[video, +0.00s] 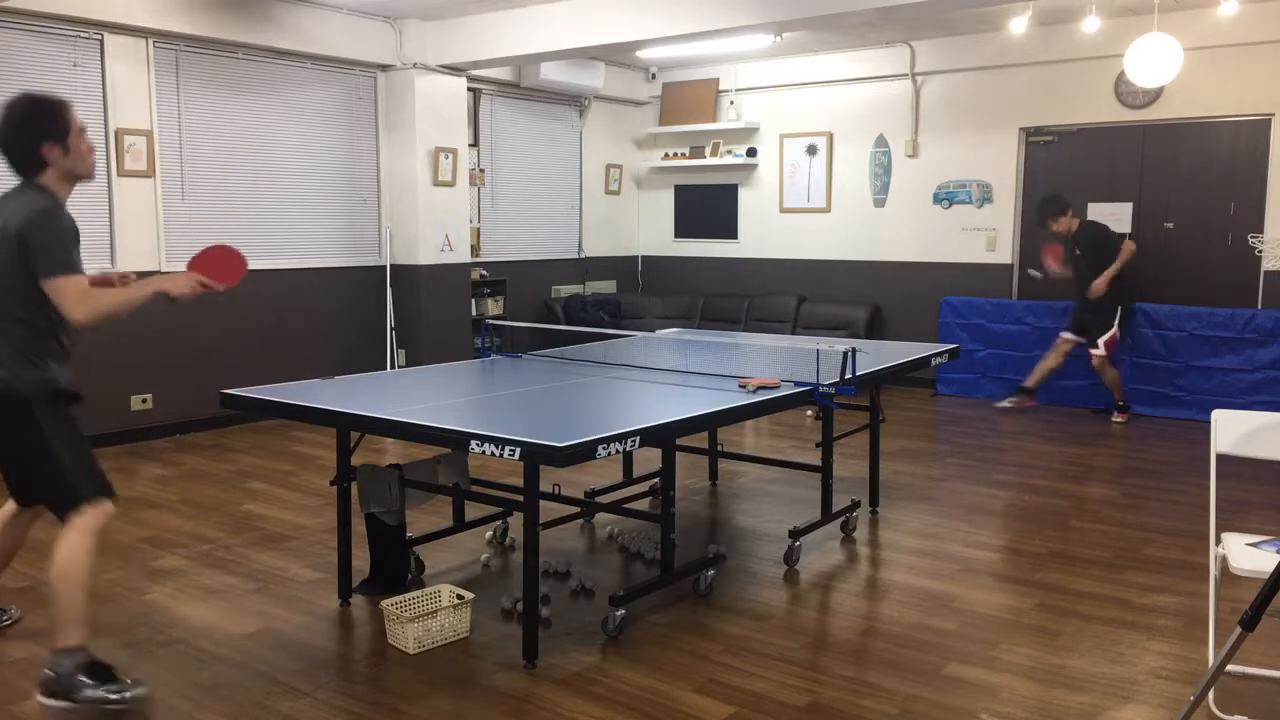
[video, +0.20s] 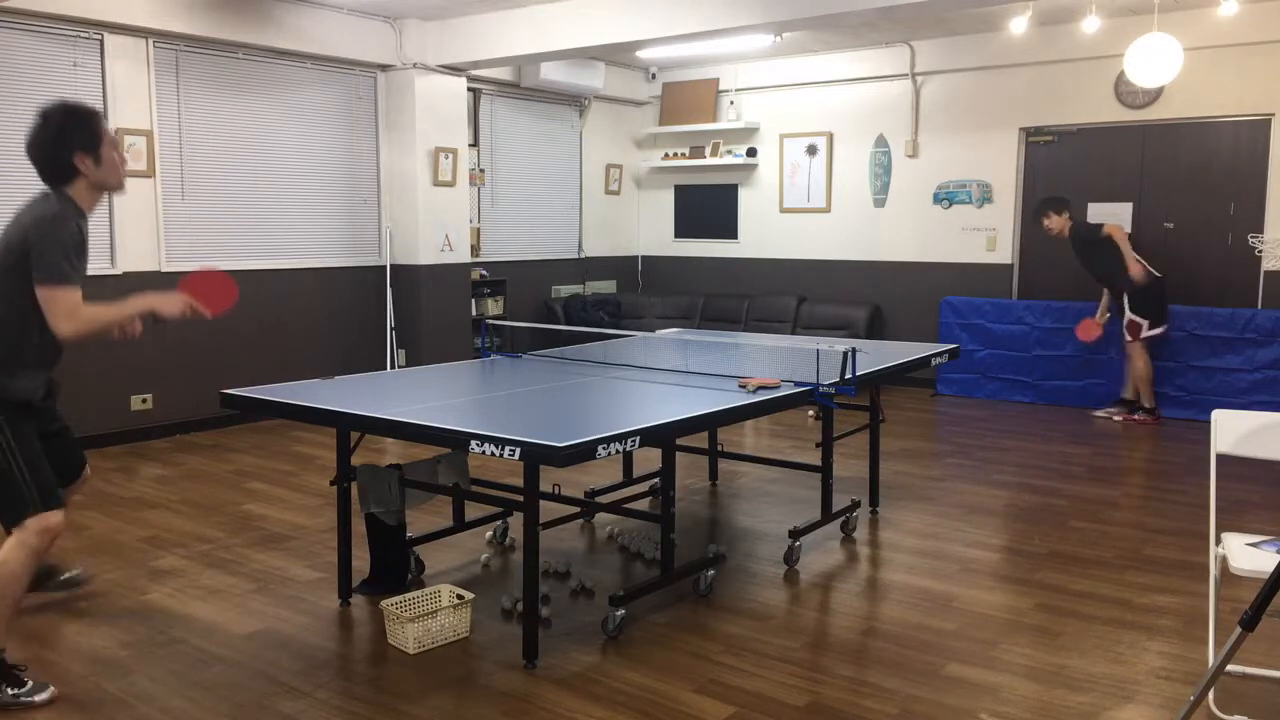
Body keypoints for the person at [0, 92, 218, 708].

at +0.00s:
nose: (92, 143)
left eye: (86, 132)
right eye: (81, 135)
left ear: (41, 153)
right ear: (52, 152)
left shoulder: (17, 208)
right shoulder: (45, 217)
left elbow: (32, 293)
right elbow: (79, 308)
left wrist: (98, 283)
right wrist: (160, 287)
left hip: (10, 388)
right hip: (30, 392)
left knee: (29, 500)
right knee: (90, 505)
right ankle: (69, 663)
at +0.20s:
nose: (123, 155)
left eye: (117, 144)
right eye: (112, 147)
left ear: (77, 163)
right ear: (83, 162)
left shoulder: (63, 216)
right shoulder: (53, 221)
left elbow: (53, 312)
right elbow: (69, 322)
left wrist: (109, 323)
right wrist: (153, 302)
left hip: (28, 388)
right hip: (8, 395)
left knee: (69, 473)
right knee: (41, 519)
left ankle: (29, 569)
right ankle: (2, 659)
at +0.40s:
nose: (140, 210)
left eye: (136, 200)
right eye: (130, 202)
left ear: (98, 217)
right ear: (98, 217)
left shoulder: (84, 267)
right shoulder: (56, 275)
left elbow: (80, 340)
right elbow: (60, 380)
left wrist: (147, 361)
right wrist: (144, 367)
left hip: (37, 411)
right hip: (6, 420)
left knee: (107, 483)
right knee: (70, 525)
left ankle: (70, 573)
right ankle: (0, 660)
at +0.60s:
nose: (137, 233)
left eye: (132, 221)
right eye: (125, 226)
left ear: (95, 241)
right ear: (89, 243)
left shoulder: (120, 278)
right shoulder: (34, 305)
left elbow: (124, 331)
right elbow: (14, 404)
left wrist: (153, 367)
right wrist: (81, 453)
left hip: (70, 409)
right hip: (19, 417)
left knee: (135, 477)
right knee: (84, 490)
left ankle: (80, 561)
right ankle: (42, 635)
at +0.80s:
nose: (122, 267)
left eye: (117, 254)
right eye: (108, 262)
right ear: (71, 279)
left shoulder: (125, 306)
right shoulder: (18, 331)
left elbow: (164, 358)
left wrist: (180, 385)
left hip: (90, 424)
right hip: (25, 431)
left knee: (158, 504)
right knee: (84, 504)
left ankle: (88, 550)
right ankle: (39, 637)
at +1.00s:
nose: (121, 240)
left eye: (117, 228)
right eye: (107, 235)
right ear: (67, 253)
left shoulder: (136, 276)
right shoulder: (27, 305)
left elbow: (202, 292)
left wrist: (257, 340)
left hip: (121, 416)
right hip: (63, 420)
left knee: (158, 503)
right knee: (108, 508)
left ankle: (92, 550)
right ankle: (42, 636)